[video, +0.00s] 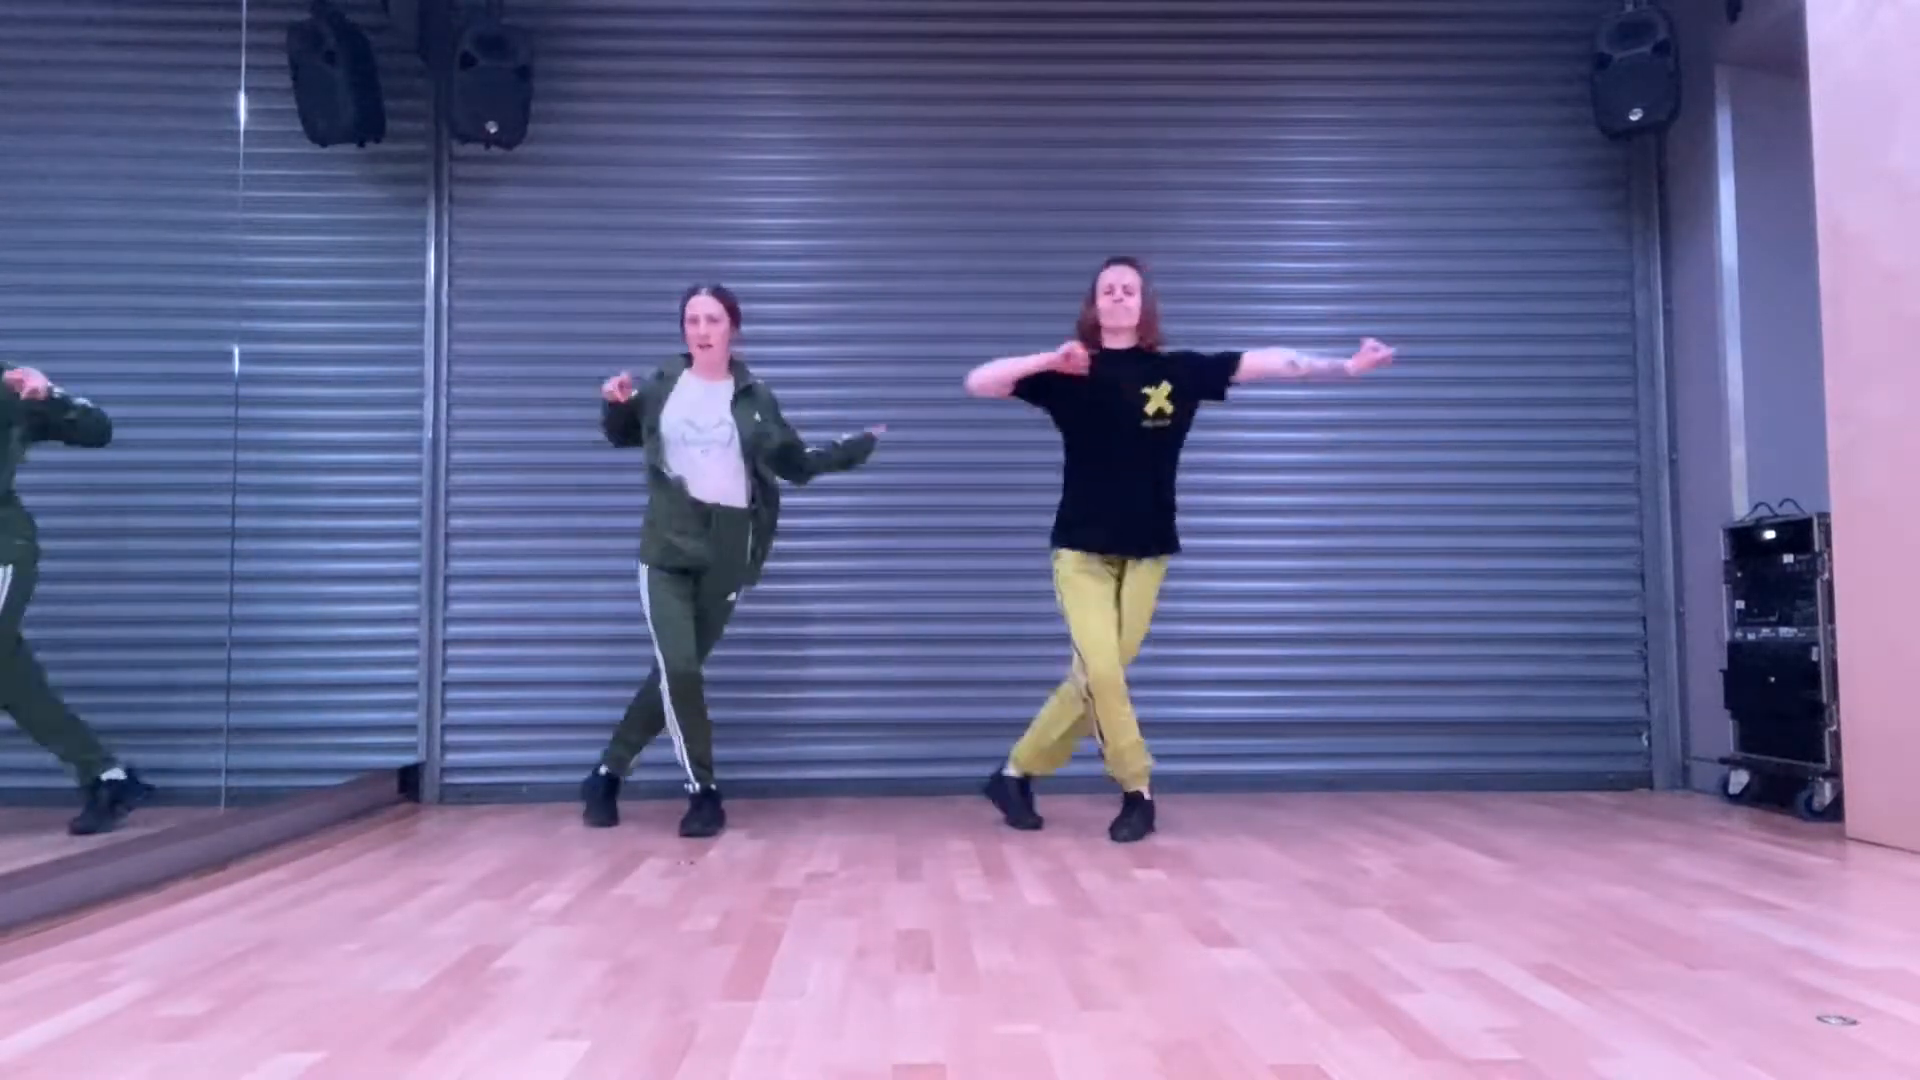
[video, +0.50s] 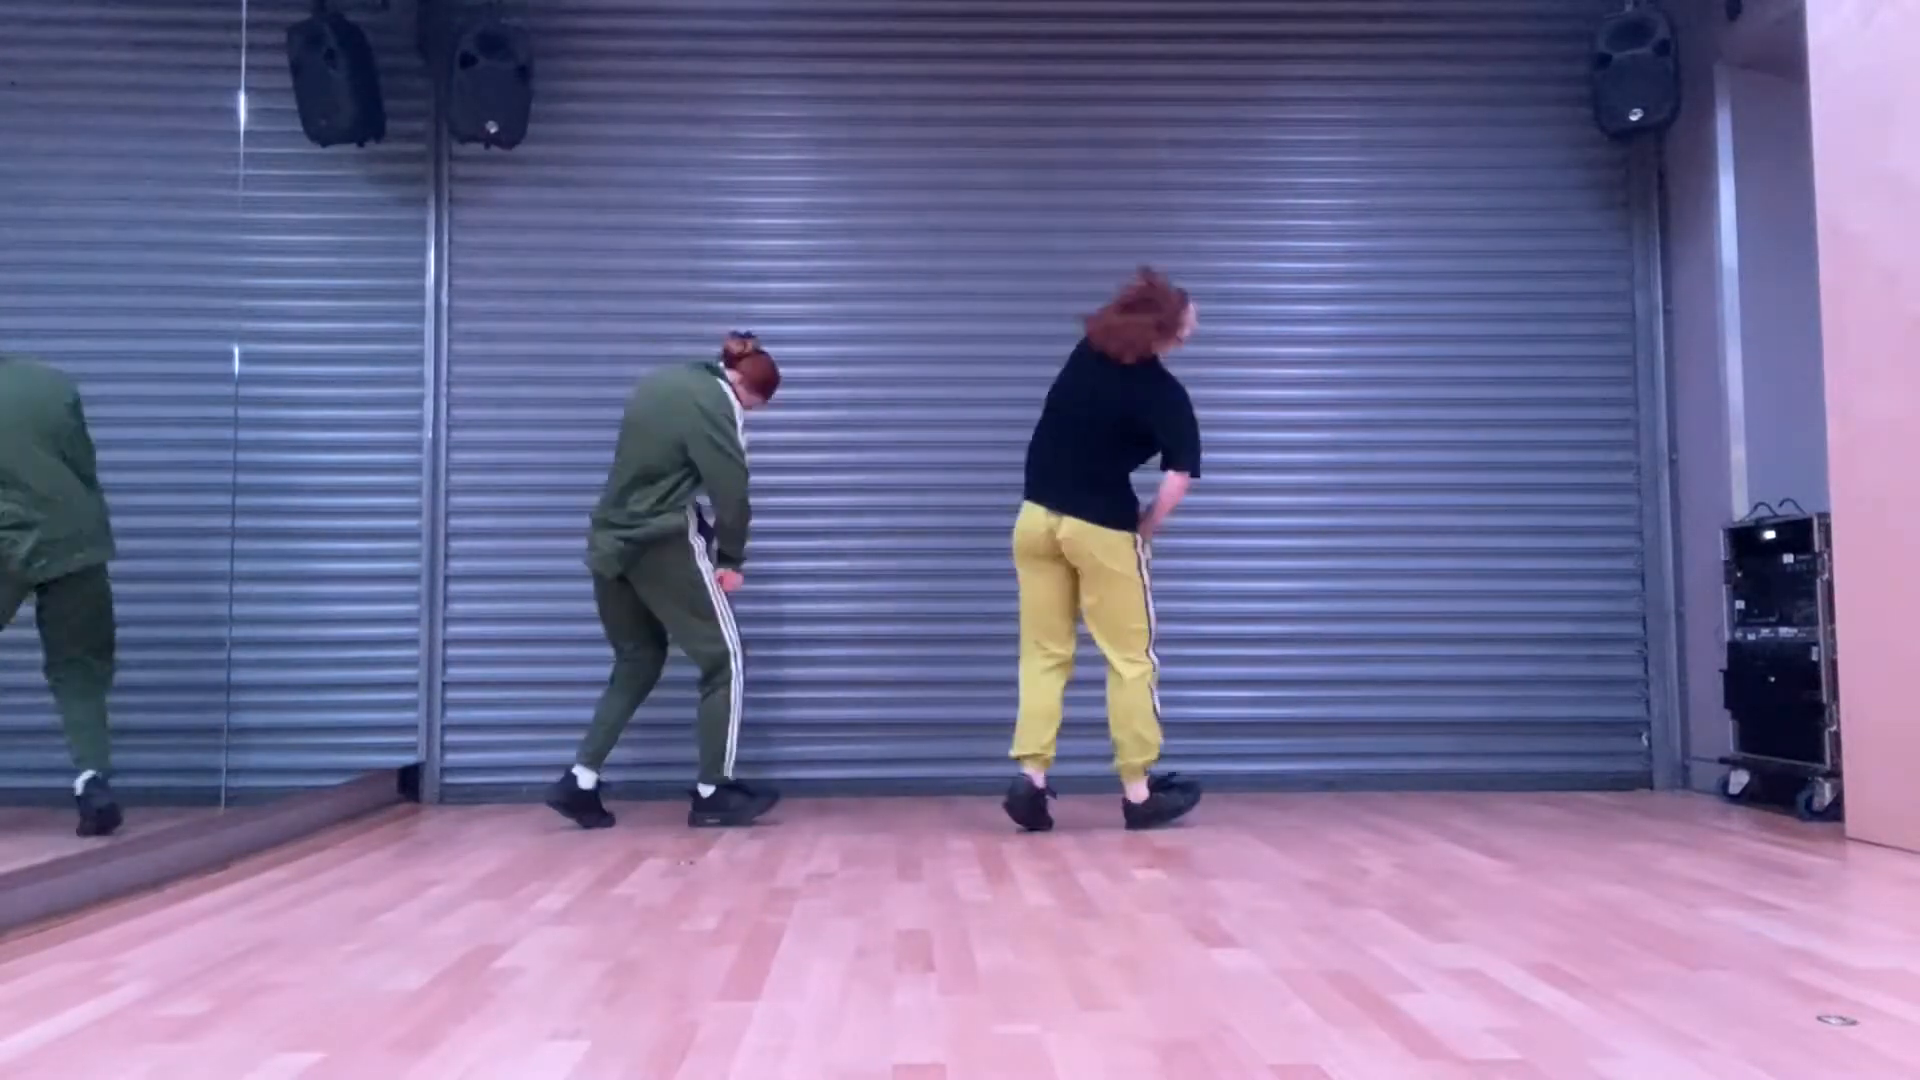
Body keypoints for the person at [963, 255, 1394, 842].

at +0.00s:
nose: (1119, 298)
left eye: (1129, 290)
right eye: (1109, 290)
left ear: (1146, 304)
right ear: (1093, 304)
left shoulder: (1179, 370)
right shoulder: (1065, 374)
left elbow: (1271, 364)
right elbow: (976, 384)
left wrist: (1346, 366)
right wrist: (1046, 362)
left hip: (1147, 550)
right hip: (1080, 547)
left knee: (1098, 678)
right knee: (1102, 669)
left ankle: (1015, 774)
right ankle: (1136, 792)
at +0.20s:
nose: (1118, 299)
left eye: (1126, 292)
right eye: (1107, 293)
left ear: (1141, 307)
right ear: (1089, 309)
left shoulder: (1167, 381)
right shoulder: (1060, 379)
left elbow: (1239, 395)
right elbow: (989, 372)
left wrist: (1290, 403)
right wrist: (1061, 363)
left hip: (1134, 554)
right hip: (1068, 548)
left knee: (1088, 665)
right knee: (1101, 662)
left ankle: (1011, 782)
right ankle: (1135, 793)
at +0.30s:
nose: (1117, 285)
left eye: (1124, 279)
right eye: (1104, 282)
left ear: (1138, 298)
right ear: (1086, 305)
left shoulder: (1153, 366)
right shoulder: (1079, 361)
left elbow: (1202, 371)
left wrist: (1251, 359)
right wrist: (1141, 373)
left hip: (1131, 544)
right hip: (1074, 538)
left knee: (1078, 664)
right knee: (1112, 655)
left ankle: (1010, 779)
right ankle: (1136, 788)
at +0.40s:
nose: (1150, 289)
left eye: (1141, 282)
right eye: (1136, 288)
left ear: (1114, 321)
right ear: (1124, 315)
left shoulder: (1102, 361)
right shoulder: (1140, 365)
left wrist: (1171, 377)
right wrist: (1178, 451)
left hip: (1057, 528)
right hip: (1093, 532)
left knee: (1064, 656)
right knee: (1121, 654)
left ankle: (999, 777)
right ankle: (1139, 790)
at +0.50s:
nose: (1189, 334)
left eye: (1190, 326)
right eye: (1187, 328)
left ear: (1134, 313)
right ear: (1169, 333)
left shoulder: (1088, 351)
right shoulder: (1161, 390)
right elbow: (1179, 478)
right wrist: (1148, 527)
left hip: (1035, 517)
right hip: (1101, 528)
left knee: (1043, 652)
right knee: (1129, 657)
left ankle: (1030, 782)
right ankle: (1138, 793)